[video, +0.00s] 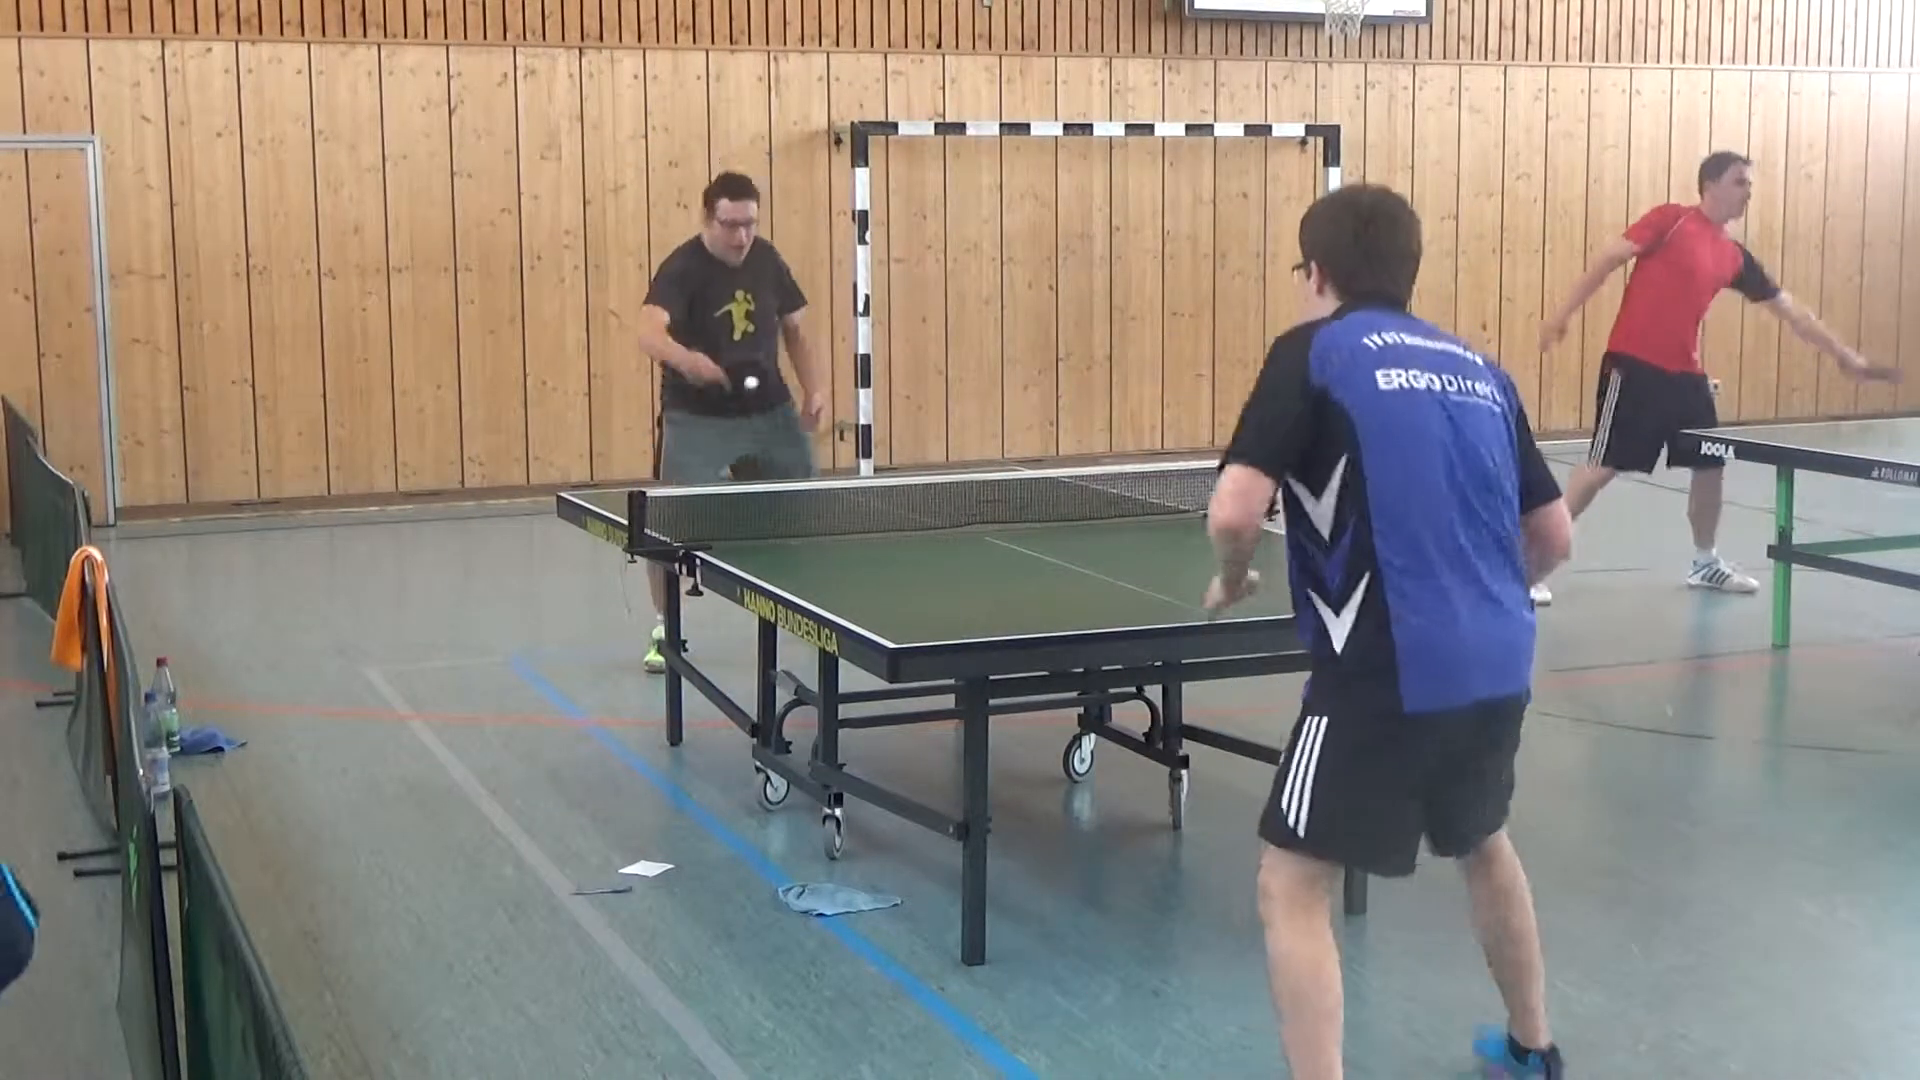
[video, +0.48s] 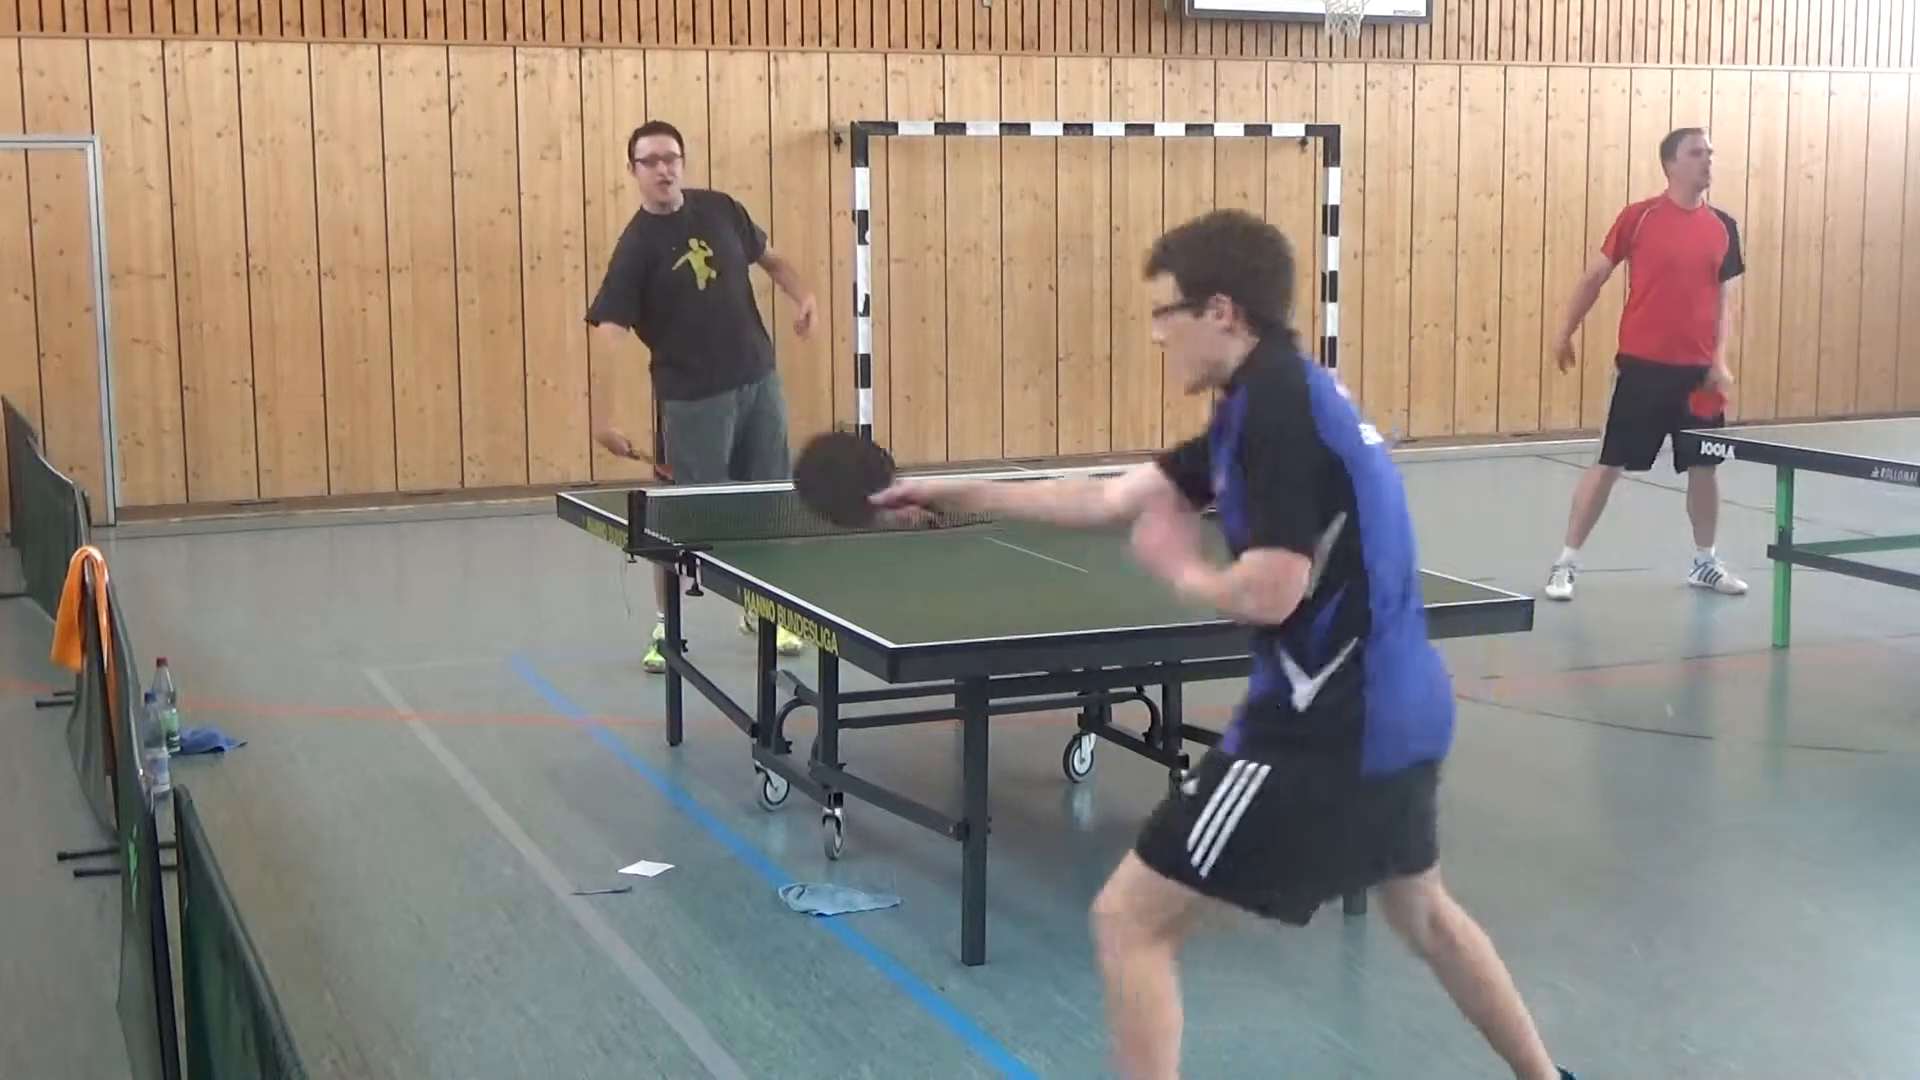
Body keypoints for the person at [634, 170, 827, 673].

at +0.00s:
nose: (742, 236)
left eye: (749, 224)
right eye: (731, 225)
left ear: (757, 219)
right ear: (707, 220)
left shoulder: (766, 259)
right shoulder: (682, 267)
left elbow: (796, 330)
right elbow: (649, 334)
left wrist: (816, 387)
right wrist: (687, 359)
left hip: (773, 417)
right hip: (701, 423)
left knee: (808, 517)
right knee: (672, 524)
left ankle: (817, 617)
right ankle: (666, 629)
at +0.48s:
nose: (662, 170)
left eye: (670, 159)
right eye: (649, 161)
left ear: (684, 163)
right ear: (633, 171)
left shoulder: (721, 209)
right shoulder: (636, 244)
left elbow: (768, 259)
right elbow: (606, 333)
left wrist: (803, 295)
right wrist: (601, 421)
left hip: (757, 380)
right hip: (693, 399)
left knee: (770, 506)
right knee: (685, 519)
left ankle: (767, 614)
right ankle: (668, 628)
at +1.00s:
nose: (735, 158)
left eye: (745, 149)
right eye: (725, 148)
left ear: (759, 158)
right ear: (709, 155)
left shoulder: (788, 220)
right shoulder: (688, 231)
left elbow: (822, 294)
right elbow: (659, 319)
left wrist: (827, 355)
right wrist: (655, 402)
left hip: (785, 396)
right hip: (712, 398)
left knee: (790, 521)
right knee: (689, 518)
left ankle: (788, 630)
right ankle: (668, 627)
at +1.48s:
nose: (776, 160)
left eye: (787, 153)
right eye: (768, 150)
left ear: (801, 163)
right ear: (751, 155)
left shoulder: (822, 228)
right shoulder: (721, 227)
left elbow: (845, 308)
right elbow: (682, 314)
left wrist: (841, 372)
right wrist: (702, 381)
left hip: (803, 406)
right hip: (730, 404)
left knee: (803, 529)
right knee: (714, 522)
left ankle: (789, 632)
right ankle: (673, 629)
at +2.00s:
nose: (804, 173)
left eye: (815, 167)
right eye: (797, 161)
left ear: (823, 175)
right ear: (774, 160)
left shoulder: (833, 238)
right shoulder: (732, 223)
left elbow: (849, 322)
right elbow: (683, 303)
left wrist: (834, 383)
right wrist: (700, 368)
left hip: (797, 406)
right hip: (723, 394)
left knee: (792, 519)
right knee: (688, 504)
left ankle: (792, 632)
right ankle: (688, 611)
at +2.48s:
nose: (771, 167)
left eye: (774, 158)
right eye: (760, 157)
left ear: (774, 164)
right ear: (727, 161)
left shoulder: (787, 226)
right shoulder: (690, 229)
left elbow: (808, 305)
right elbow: (669, 319)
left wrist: (807, 361)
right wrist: (711, 384)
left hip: (779, 398)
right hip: (709, 398)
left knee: (792, 514)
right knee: (704, 510)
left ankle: (793, 622)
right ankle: (715, 604)